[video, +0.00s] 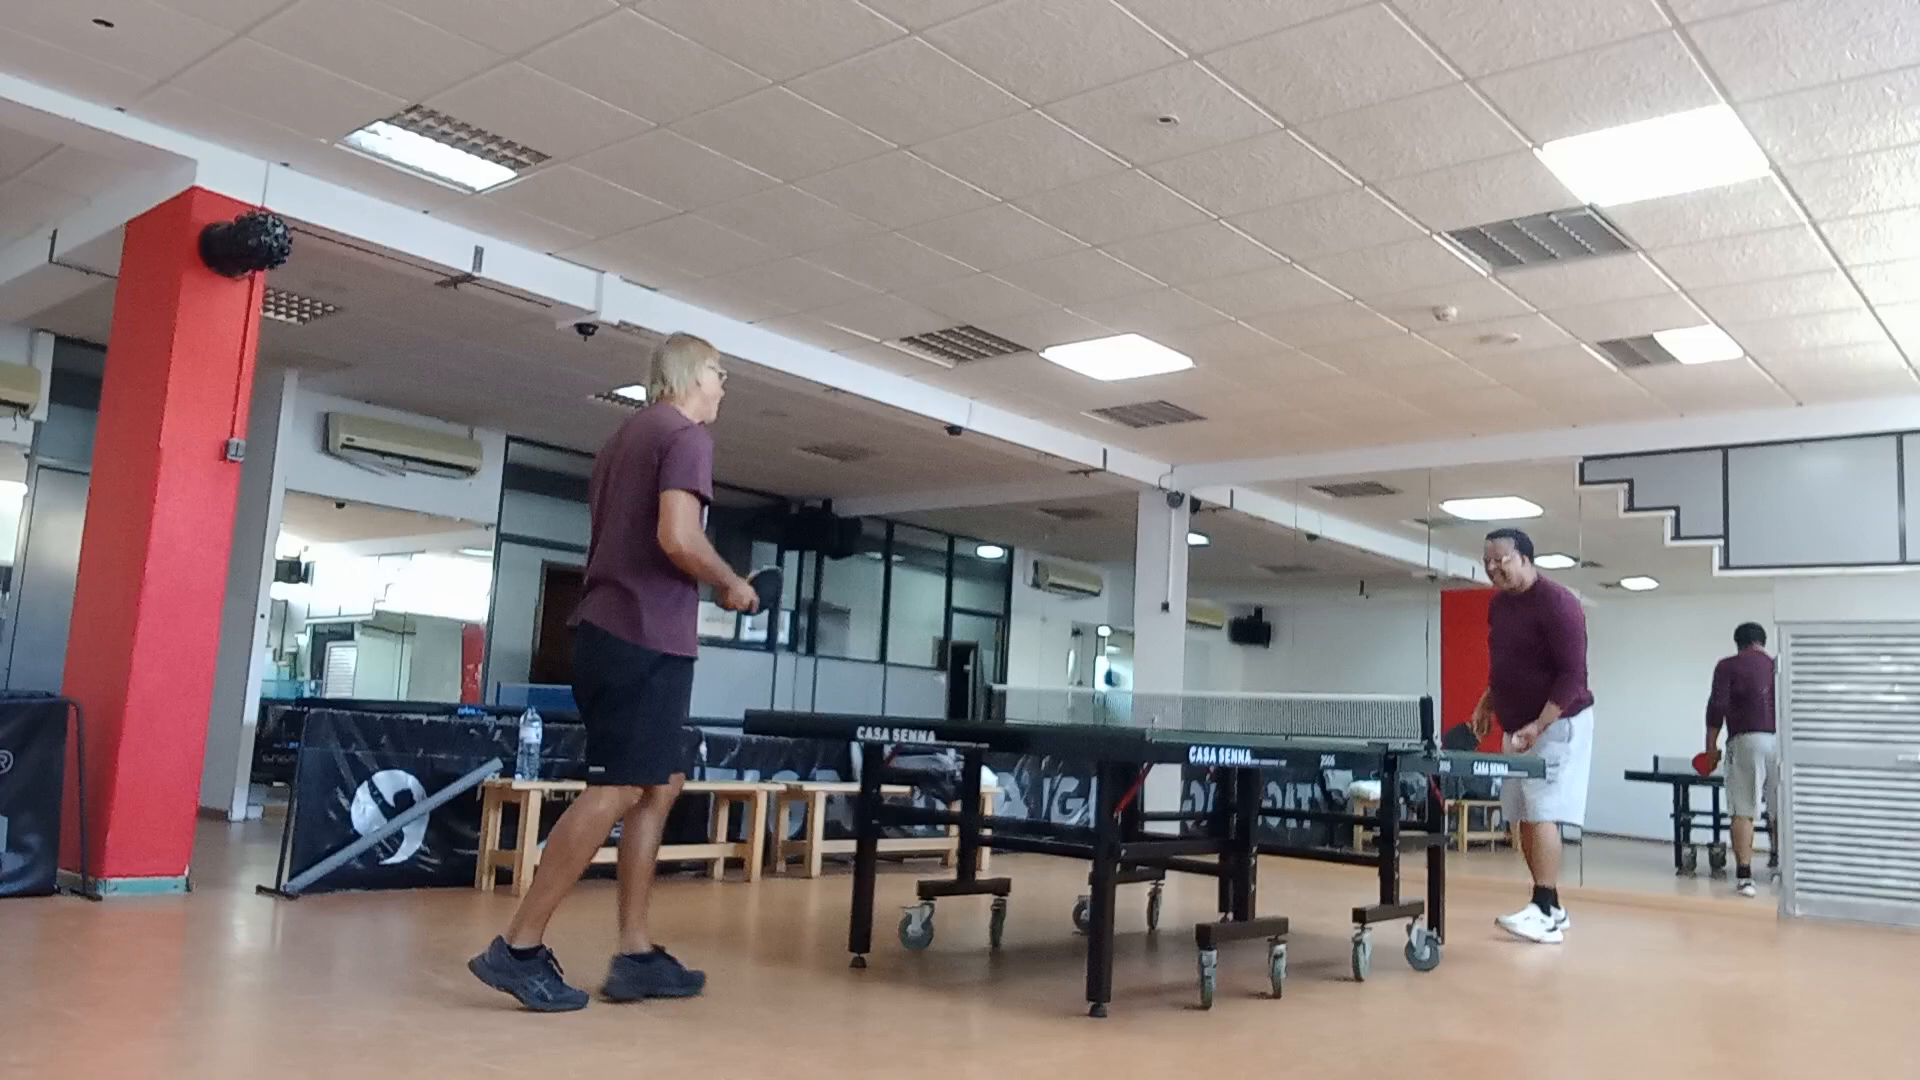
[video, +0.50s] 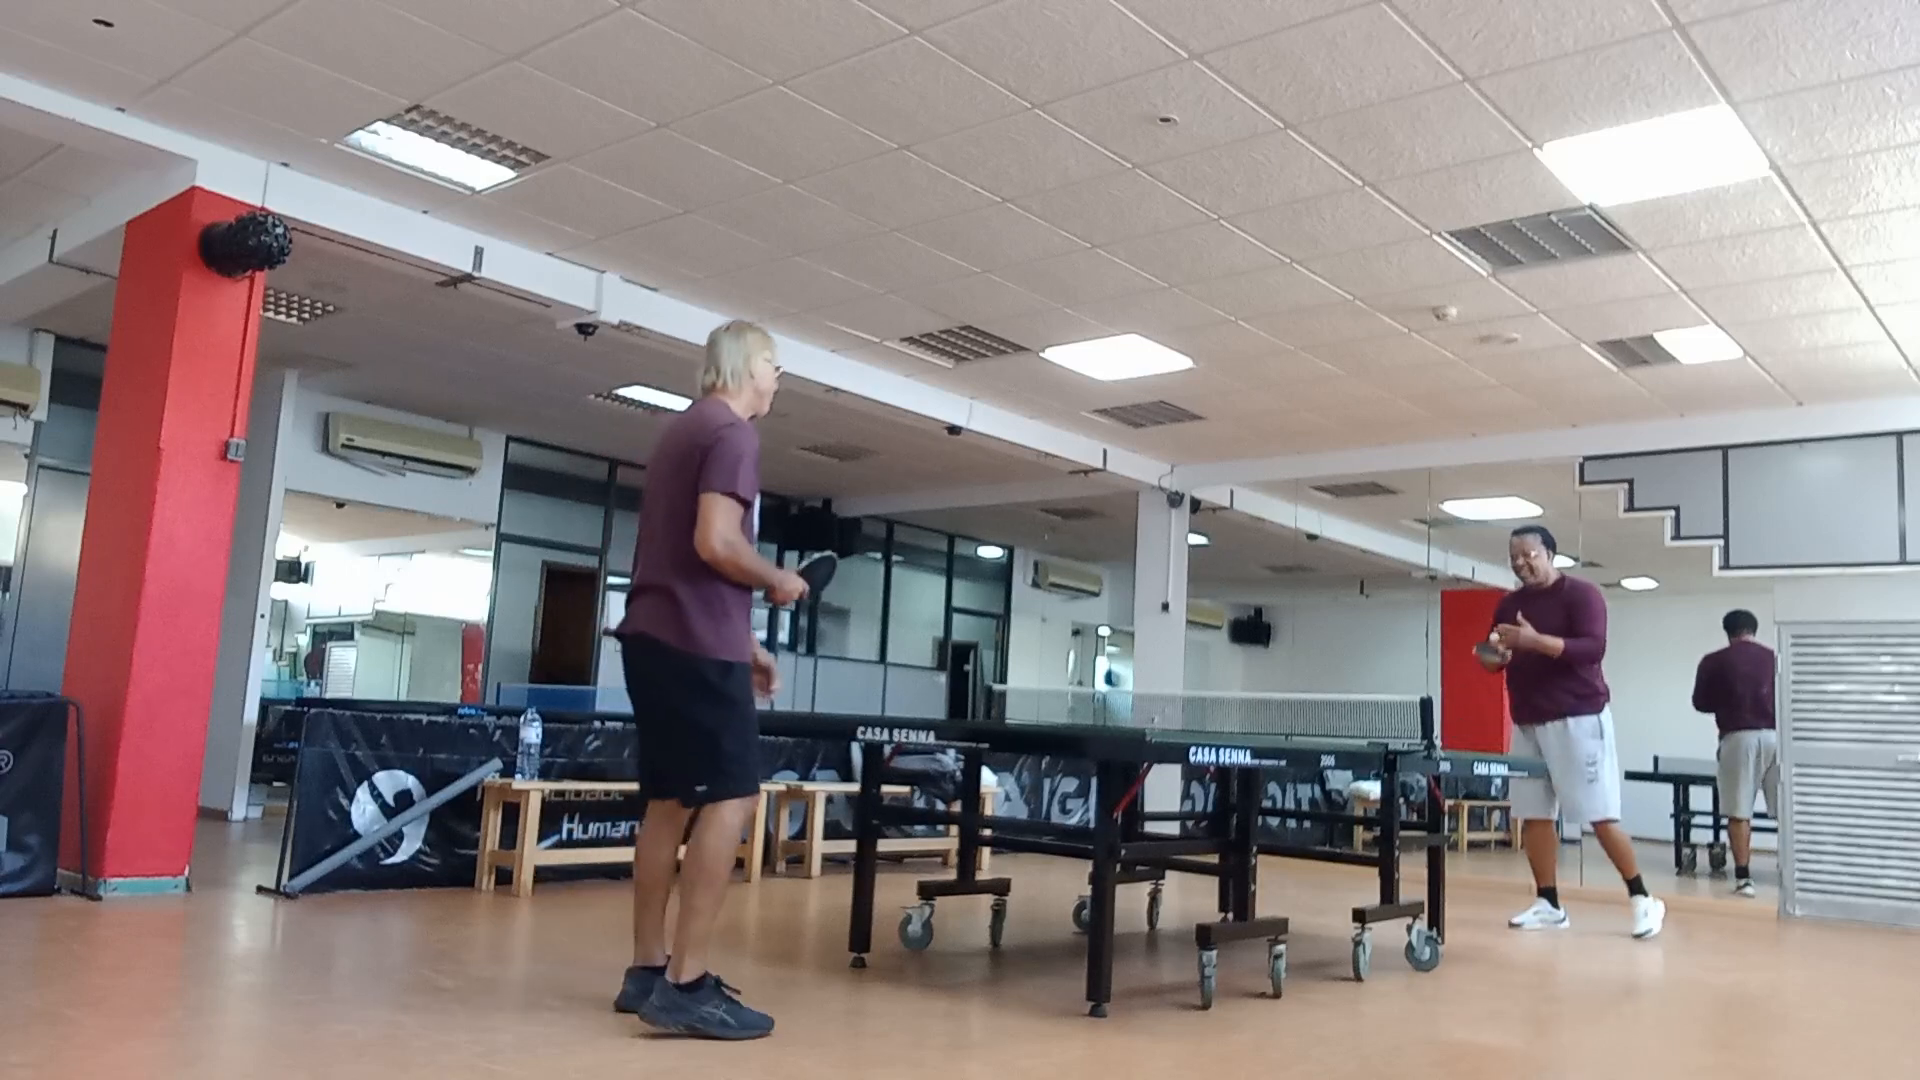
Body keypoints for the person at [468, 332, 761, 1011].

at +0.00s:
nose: (723, 393)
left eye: (721, 380)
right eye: (719, 380)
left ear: (662, 382)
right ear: (695, 380)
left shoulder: (624, 436)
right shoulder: (683, 432)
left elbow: (612, 536)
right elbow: (678, 537)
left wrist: (708, 576)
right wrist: (729, 581)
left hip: (619, 634)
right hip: (642, 640)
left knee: (661, 783)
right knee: (614, 789)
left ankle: (635, 954)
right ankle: (517, 948)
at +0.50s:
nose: (778, 385)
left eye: (776, 373)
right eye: (774, 372)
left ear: (717, 371)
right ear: (749, 371)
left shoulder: (682, 429)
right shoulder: (731, 430)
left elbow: (681, 566)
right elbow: (715, 539)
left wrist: (744, 647)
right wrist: (775, 578)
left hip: (654, 639)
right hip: (696, 644)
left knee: (669, 800)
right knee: (732, 798)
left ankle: (647, 972)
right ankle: (687, 983)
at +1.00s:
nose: (821, 376)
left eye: (822, 362)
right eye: (821, 362)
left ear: (757, 351)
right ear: (801, 360)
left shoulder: (706, 417)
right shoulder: (781, 431)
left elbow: (693, 530)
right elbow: (779, 553)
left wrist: (796, 570)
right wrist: (833, 585)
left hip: (672, 626)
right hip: (726, 637)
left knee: (669, 796)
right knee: (717, 809)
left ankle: (629, 963)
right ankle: (683, 994)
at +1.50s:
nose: (774, 392)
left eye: (774, 381)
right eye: (772, 379)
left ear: (713, 373)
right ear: (751, 375)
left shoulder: (667, 436)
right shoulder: (746, 431)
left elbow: (667, 539)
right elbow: (739, 534)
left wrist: (764, 567)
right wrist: (797, 583)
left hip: (649, 633)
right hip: (706, 640)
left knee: (652, 794)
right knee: (717, 801)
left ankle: (604, 966)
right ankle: (684, 990)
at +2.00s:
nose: (782, 407)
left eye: (785, 395)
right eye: (782, 392)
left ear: (725, 380)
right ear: (758, 383)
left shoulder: (671, 435)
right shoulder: (746, 434)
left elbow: (654, 540)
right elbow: (728, 535)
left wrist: (741, 580)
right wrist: (780, 590)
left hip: (632, 634)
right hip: (694, 642)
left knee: (628, 797)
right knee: (710, 803)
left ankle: (602, 967)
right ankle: (692, 989)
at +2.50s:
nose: (785, 440)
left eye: (790, 428)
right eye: (789, 426)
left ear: (733, 403)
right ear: (770, 414)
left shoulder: (672, 445)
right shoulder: (745, 456)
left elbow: (653, 547)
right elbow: (742, 571)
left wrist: (729, 592)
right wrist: (773, 610)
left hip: (606, 634)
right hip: (669, 644)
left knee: (595, 787)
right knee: (715, 796)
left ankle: (528, 942)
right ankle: (692, 988)